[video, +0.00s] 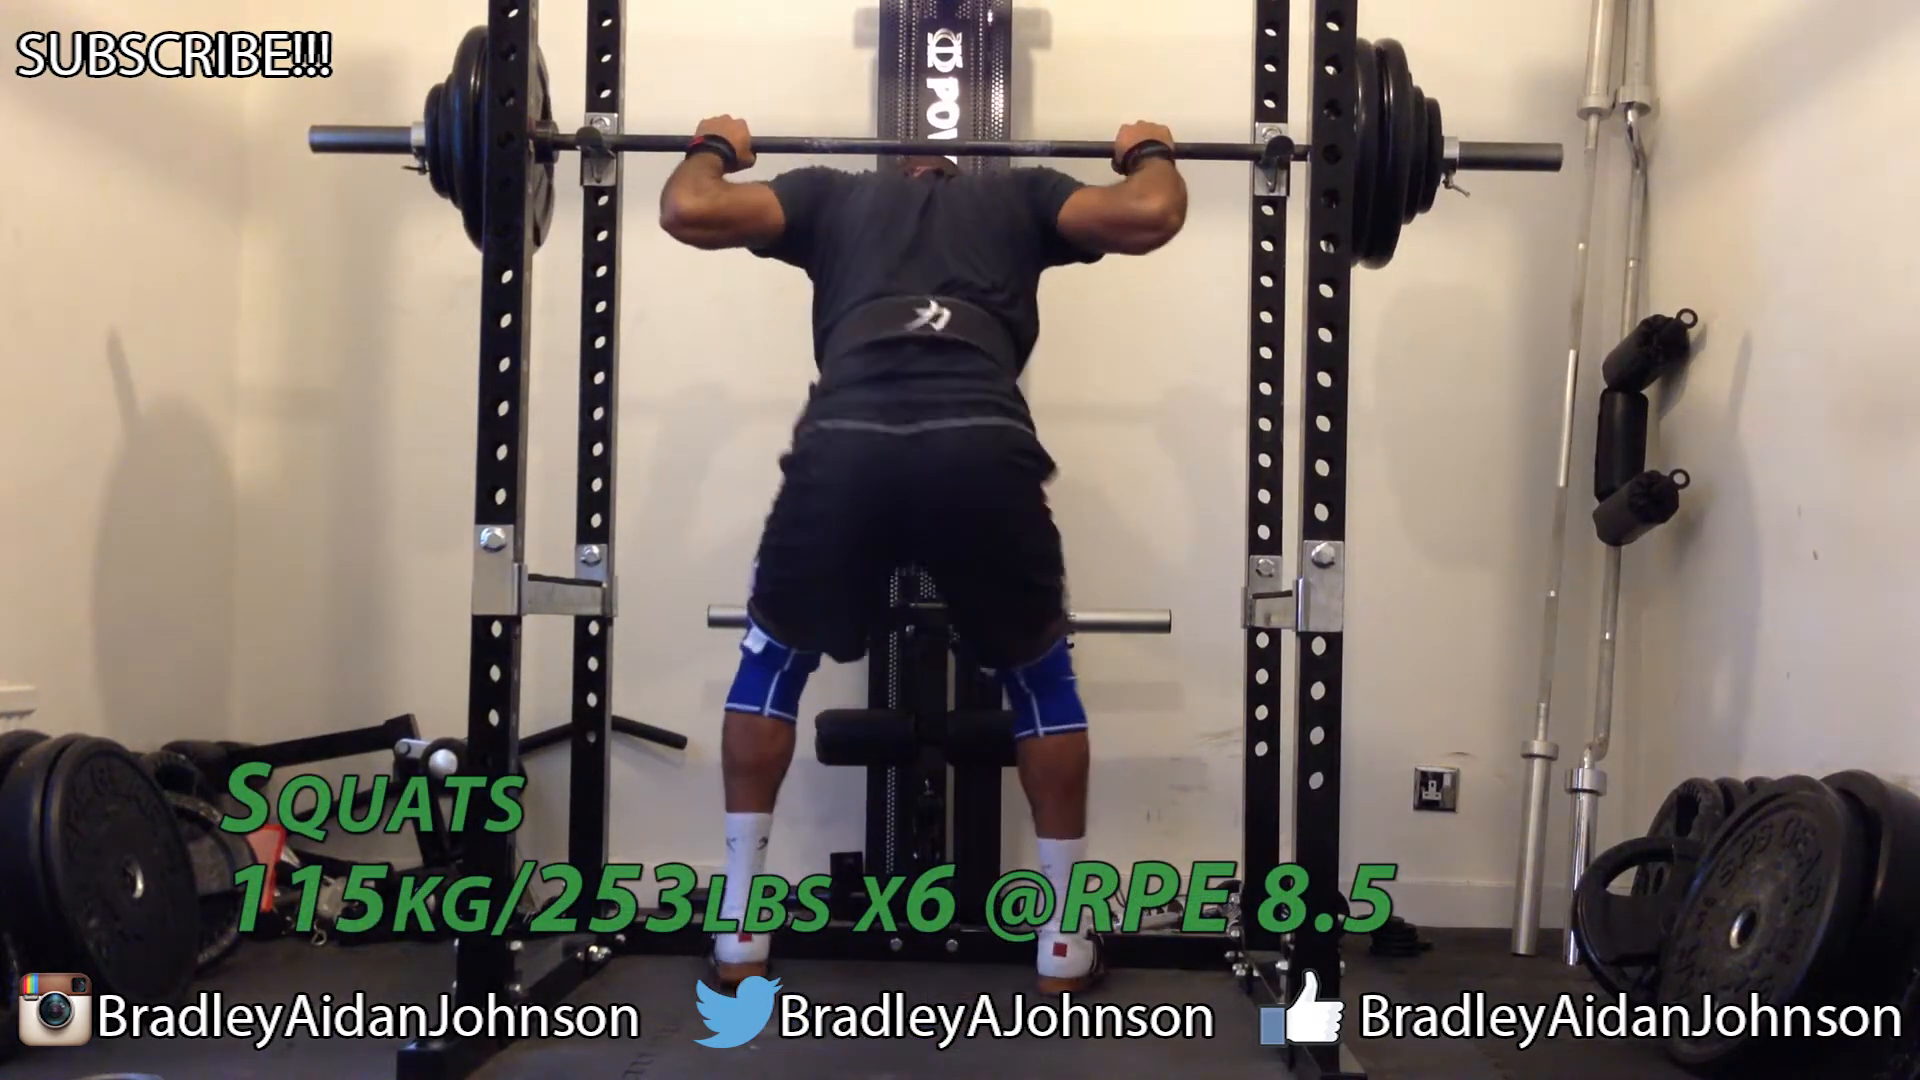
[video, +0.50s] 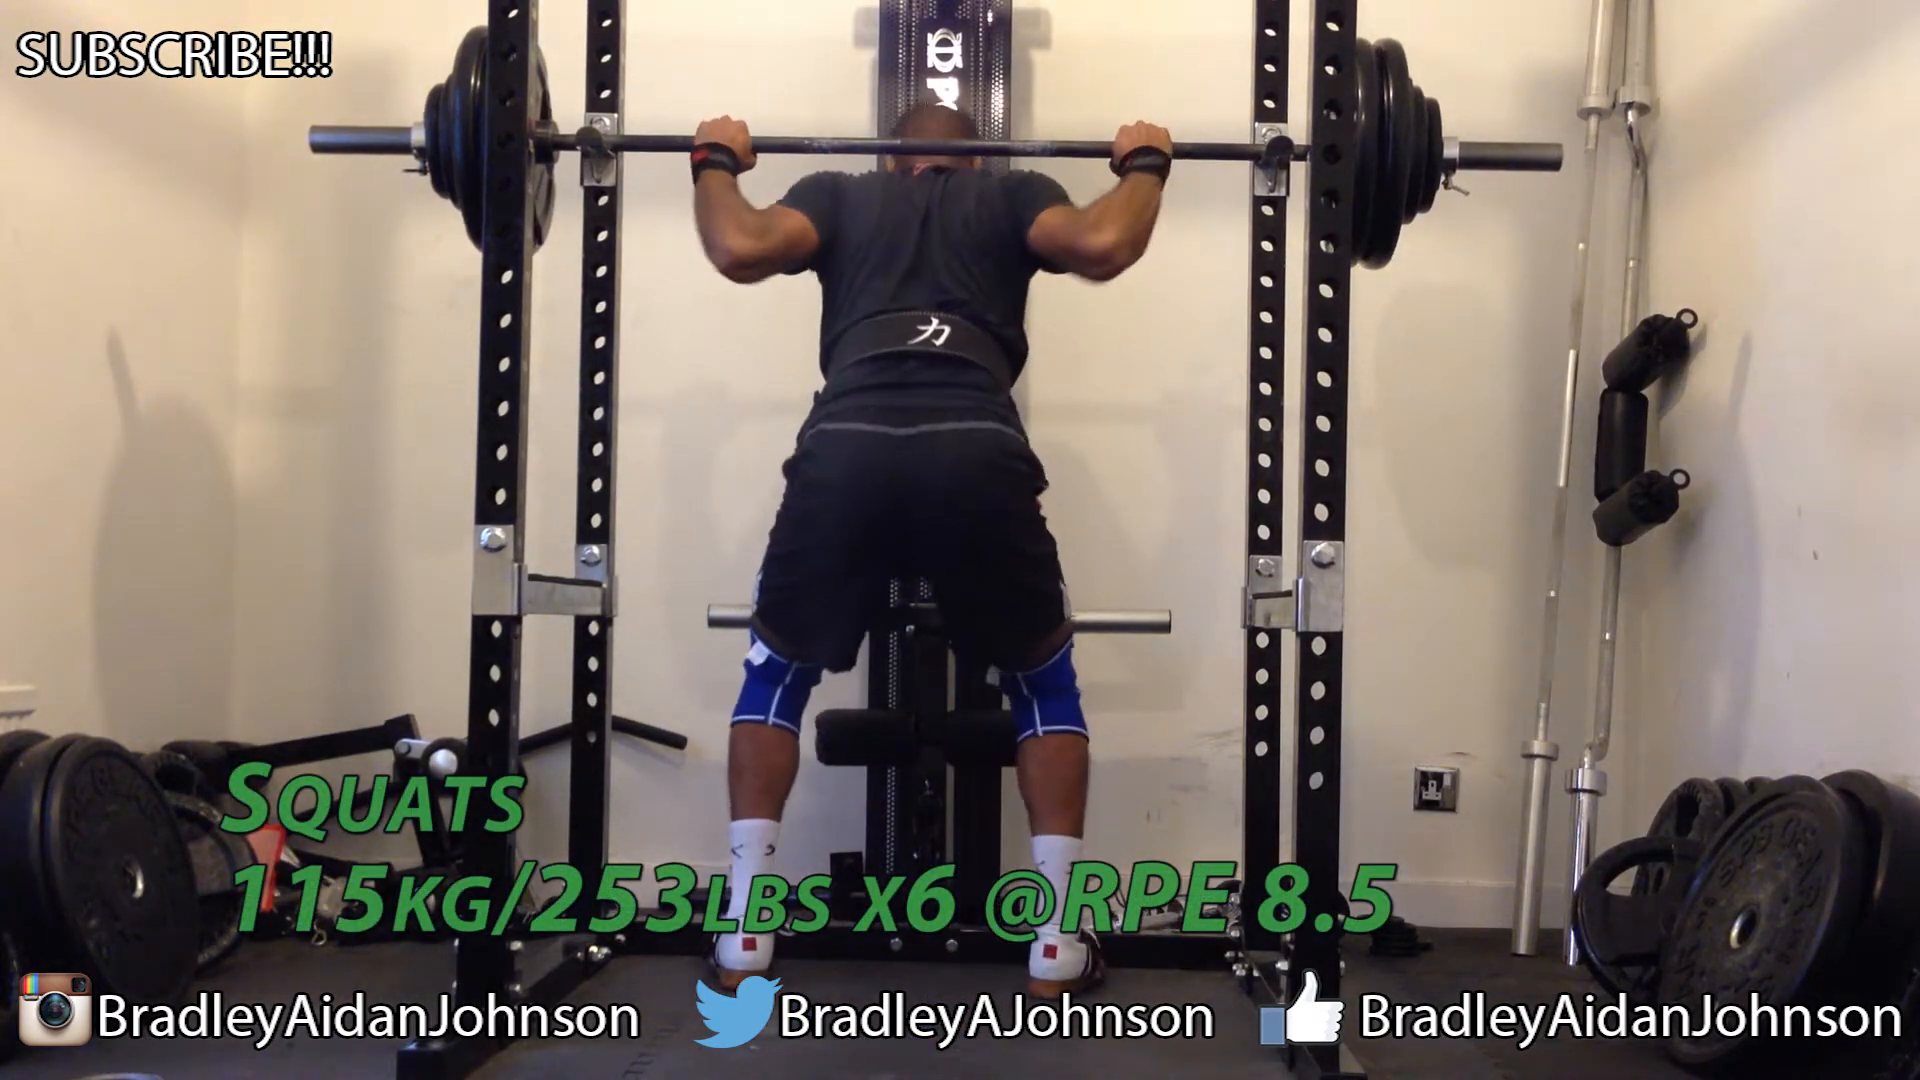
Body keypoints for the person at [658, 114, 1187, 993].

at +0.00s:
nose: (919, 151)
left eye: (904, 149)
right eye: (937, 148)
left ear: (887, 165)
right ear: (971, 166)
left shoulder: (832, 194)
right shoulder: (1020, 191)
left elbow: (686, 211)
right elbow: (1153, 216)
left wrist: (714, 148)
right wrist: (1151, 151)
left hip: (843, 455)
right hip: (982, 454)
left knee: (772, 661)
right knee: (1041, 677)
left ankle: (739, 917)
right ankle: (1064, 932)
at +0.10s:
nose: (932, 153)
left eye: (920, 150)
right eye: (944, 151)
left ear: (885, 171)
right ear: (969, 170)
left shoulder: (828, 200)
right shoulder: (1017, 195)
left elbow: (683, 225)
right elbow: (1153, 223)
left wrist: (710, 152)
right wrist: (1152, 155)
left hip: (845, 463)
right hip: (984, 462)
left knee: (780, 673)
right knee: (1048, 678)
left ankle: (745, 920)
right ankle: (1065, 930)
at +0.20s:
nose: (930, 154)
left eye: (916, 152)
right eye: (945, 152)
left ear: (886, 170)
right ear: (972, 172)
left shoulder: (830, 199)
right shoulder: (1018, 198)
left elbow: (686, 230)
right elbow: (1151, 233)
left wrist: (709, 153)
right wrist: (1153, 157)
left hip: (840, 464)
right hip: (978, 465)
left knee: (771, 676)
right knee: (1048, 679)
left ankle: (744, 923)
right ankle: (1060, 929)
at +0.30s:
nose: (936, 155)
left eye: (917, 152)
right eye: (952, 152)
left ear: (887, 171)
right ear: (973, 171)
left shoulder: (836, 202)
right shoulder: (1017, 201)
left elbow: (696, 235)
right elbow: (1146, 235)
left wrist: (711, 155)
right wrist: (1153, 158)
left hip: (841, 469)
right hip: (978, 471)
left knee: (768, 675)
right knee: (1047, 686)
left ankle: (743, 916)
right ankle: (1056, 931)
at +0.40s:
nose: (940, 152)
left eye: (920, 147)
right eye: (957, 147)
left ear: (889, 164)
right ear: (976, 165)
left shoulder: (839, 200)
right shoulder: (1012, 197)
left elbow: (718, 241)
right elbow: (1122, 233)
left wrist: (711, 159)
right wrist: (1150, 161)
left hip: (842, 469)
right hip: (978, 469)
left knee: (772, 675)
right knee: (1047, 687)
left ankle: (746, 915)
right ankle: (1056, 930)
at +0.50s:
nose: (938, 163)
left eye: (919, 150)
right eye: (957, 152)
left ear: (888, 157)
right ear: (977, 158)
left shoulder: (839, 193)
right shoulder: (1010, 191)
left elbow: (738, 247)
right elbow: (1102, 246)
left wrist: (712, 163)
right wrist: (1147, 163)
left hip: (844, 454)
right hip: (976, 455)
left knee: (775, 673)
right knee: (1043, 684)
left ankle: (745, 915)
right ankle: (1057, 930)